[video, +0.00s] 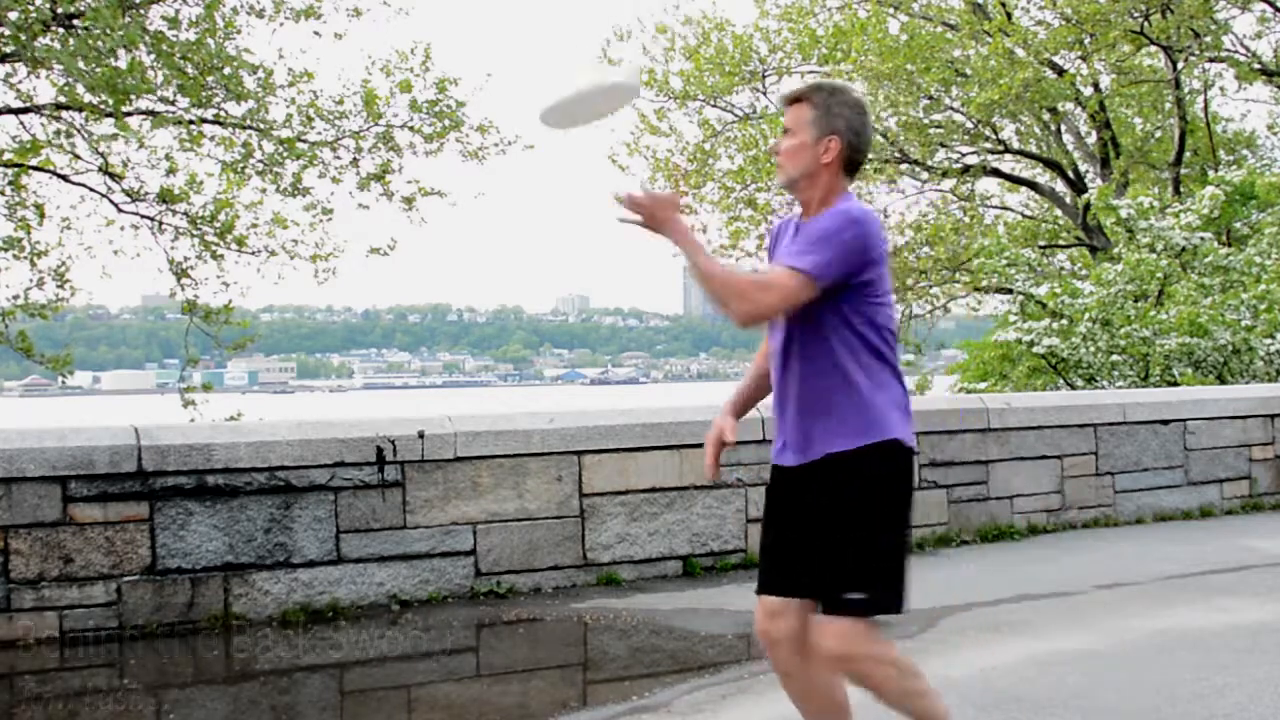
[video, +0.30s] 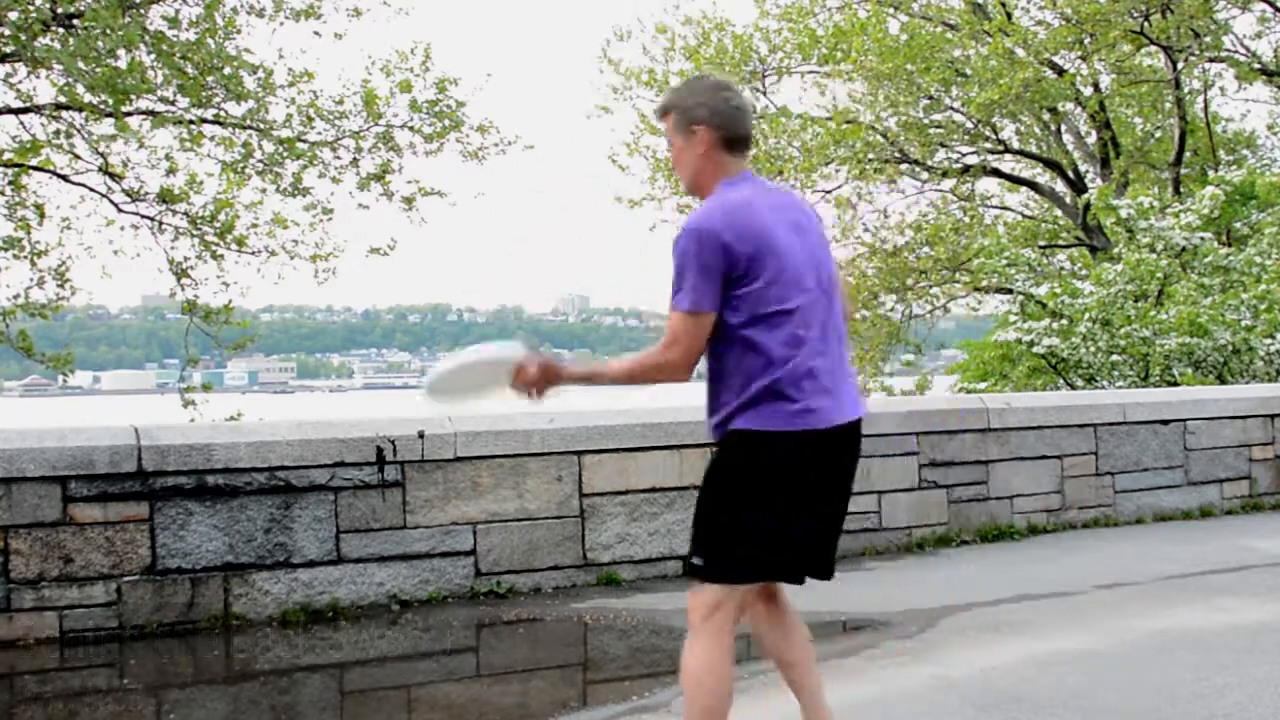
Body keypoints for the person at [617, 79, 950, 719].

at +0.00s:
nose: (775, 145)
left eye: (788, 133)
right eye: (779, 132)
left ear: (830, 148)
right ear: (820, 149)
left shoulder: (853, 223)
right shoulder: (785, 231)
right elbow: (783, 344)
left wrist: (680, 234)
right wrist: (733, 409)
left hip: (864, 448)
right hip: (799, 452)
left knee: (842, 640)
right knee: (778, 626)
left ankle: (938, 711)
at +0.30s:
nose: (669, 158)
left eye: (671, 142)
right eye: (667, 143)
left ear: (702, 137)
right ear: (723, 138)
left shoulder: (710, 226)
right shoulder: (796, 208)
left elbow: (677, 360)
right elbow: (837, 311)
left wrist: (564, 372)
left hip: (766, 434)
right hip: (833, 427)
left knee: (711, 608)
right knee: (761, 595)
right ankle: (819, 713)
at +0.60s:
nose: (649, 196)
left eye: (646, 187)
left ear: (647, 190)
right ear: (711, 178)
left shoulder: (634, 264)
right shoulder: (779, 216)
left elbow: (657, 388)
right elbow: (850, 305)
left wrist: (667, 465)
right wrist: (892, 411)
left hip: (704, 445)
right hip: (798, 427)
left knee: (690, 613)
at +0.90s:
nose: (763, 162)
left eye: (758, 152)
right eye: (761, 152)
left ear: (694, 164)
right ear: (749, 157)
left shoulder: (661, 236)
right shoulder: (791, 213)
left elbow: (658, 348)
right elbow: (811, 292)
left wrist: (685, 414)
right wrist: (807, 407)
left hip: (686, 432)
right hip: (769, 413)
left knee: (691, 610)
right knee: (777, 451)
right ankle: (756, 575)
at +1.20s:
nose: (841, 174)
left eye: (836, 164)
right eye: (837, 165)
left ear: (780, 182)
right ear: (822, 173)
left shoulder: (763, 246)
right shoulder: (851, 230)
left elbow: (816, 326)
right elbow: (863, 321)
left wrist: (900, 287)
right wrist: (893, 418)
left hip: (751, 440)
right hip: (829, 438)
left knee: (733, 591)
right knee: (885, 578)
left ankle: (691, 715)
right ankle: (882, 712)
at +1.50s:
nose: (956, 189)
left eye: (955, 177)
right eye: (949, 177)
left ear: (913, 187)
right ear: (919, 185)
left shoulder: (906, 251)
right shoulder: (901, 249)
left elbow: (936, 357)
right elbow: (852, 339)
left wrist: (1016, 330)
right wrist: (923, 409)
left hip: (877, 437)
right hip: (881, 438)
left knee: (928, 576)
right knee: (956, 578)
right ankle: (895, 712)